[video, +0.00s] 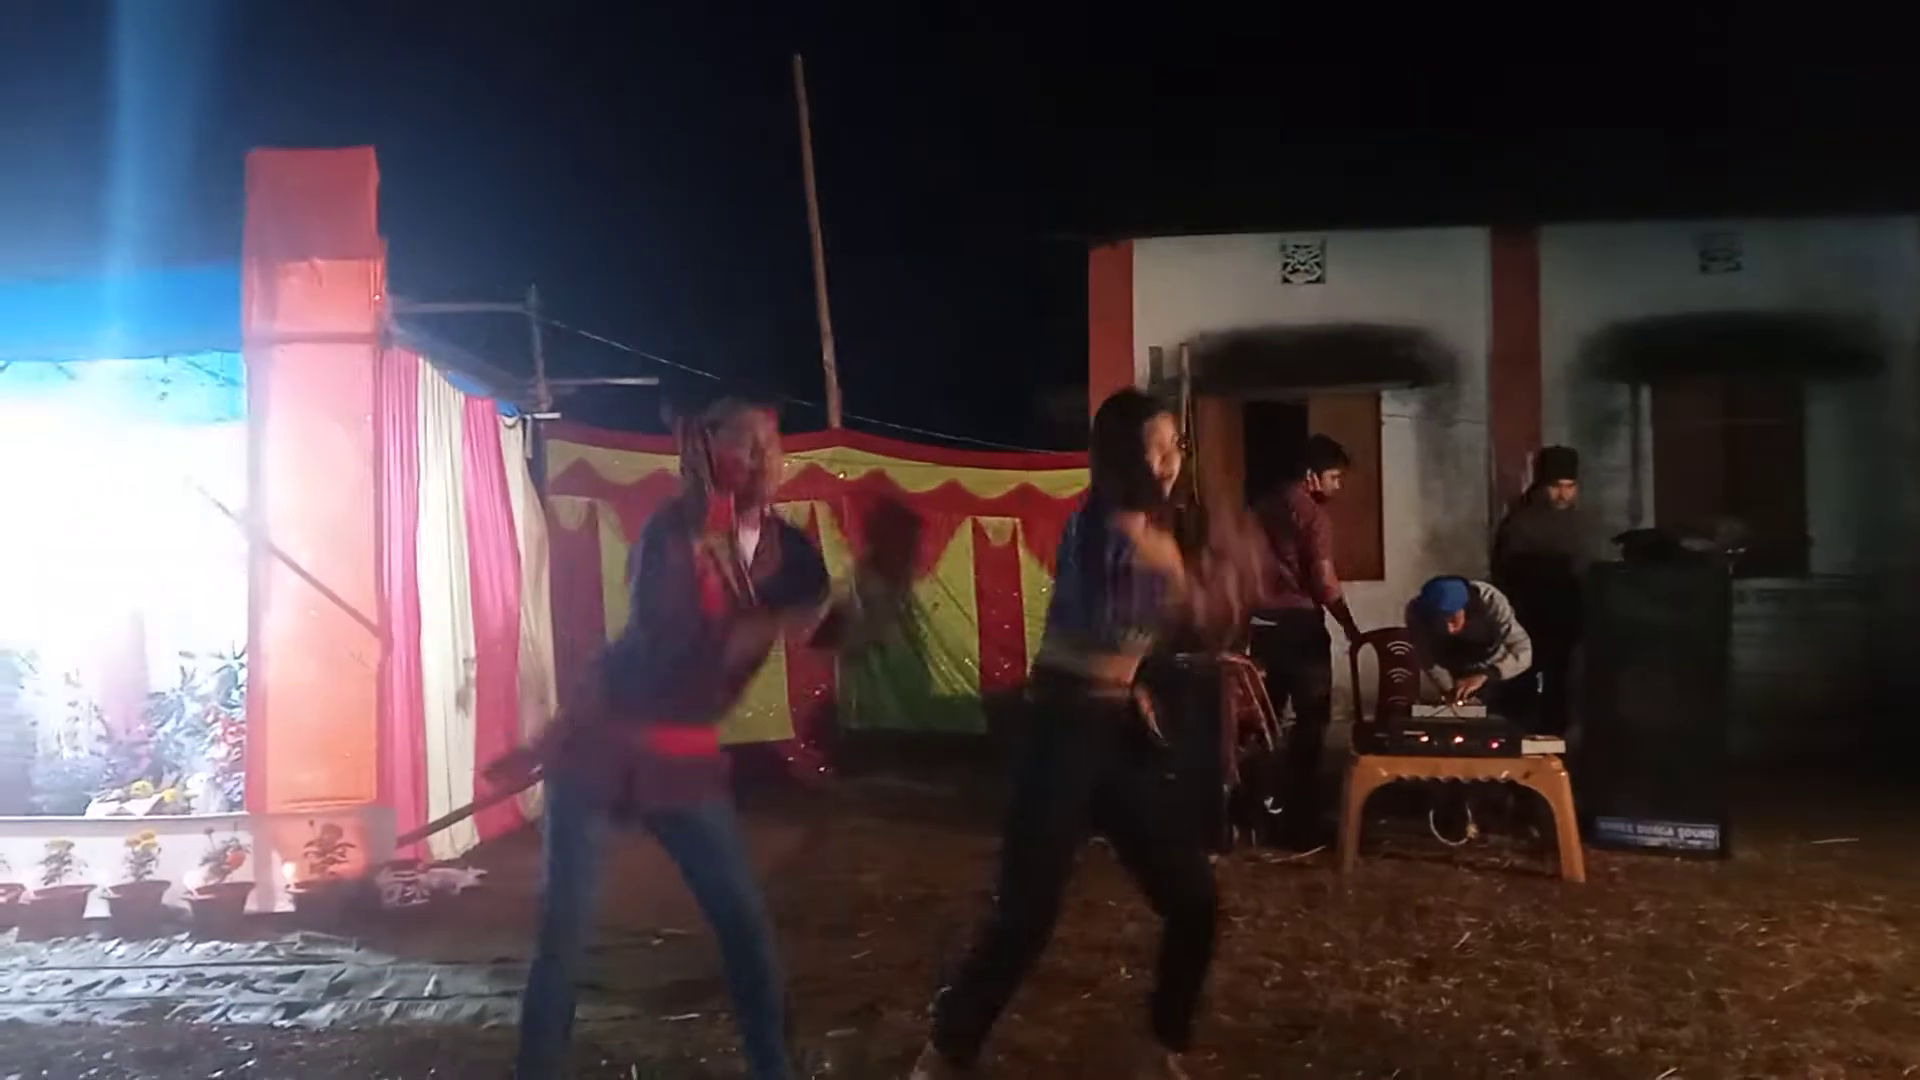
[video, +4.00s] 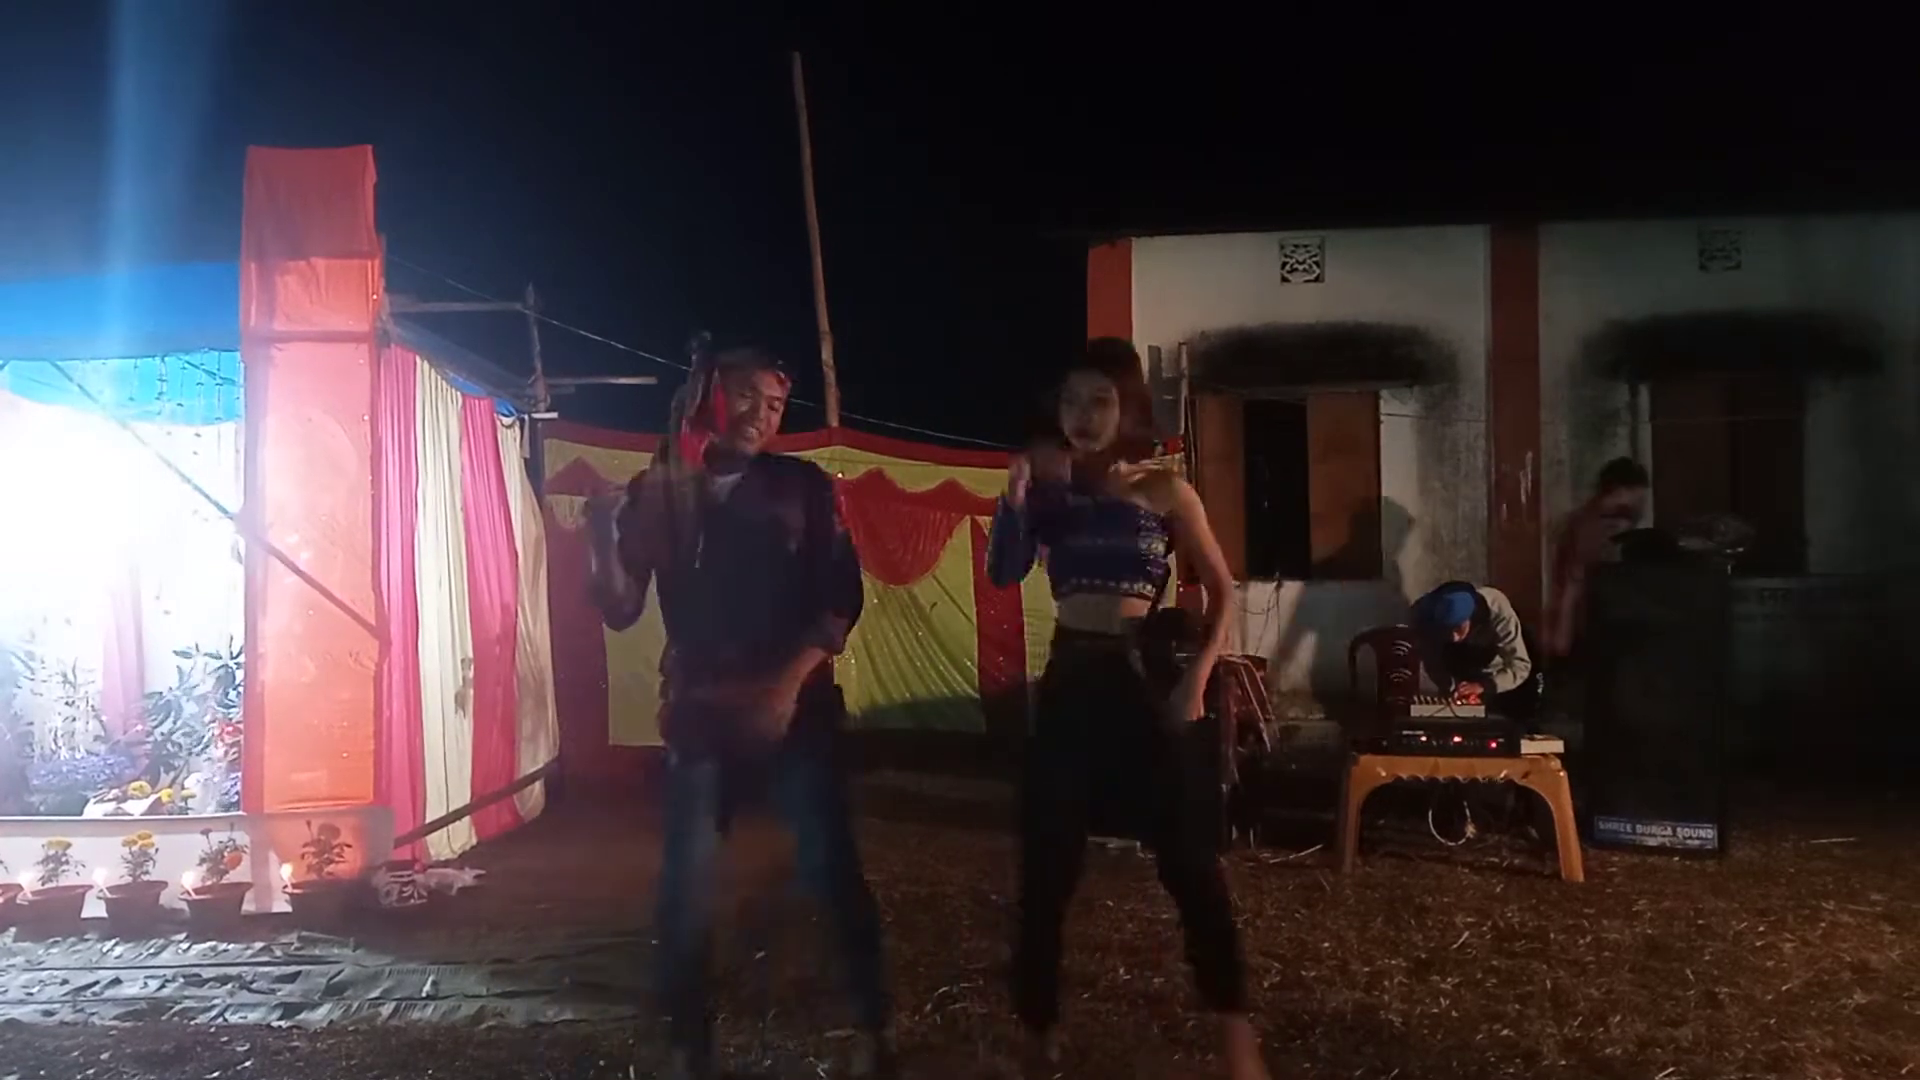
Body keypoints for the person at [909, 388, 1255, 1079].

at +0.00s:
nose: (1170, 461)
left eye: (1174, 446)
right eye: (1156, 448)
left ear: (1179, 450)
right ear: (1121, 453)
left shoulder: (1155, 528)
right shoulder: (1096, 523)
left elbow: (1201, 624)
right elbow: (1080, 639)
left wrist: (1172, 563)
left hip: (1120, 723)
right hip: (1064, 722)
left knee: (1194, 901)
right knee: (1027, 910)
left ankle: (1166, 1047)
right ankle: (944, 1051)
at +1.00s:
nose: (1106, 472)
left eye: (1121, 460)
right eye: (1094, 458)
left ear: (1144, 472)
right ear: (1074, 468)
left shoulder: (1167, 555)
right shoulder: (1056, 559)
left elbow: (1223, 667)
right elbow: (1051, 668)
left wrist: (1161, 714)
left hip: (1183, 757)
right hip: (1103, 758)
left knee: (1237, 922)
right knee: (1076, 920)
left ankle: (1329, 1059)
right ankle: (1073, 1054)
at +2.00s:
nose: (1091, 468)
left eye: (1104, 455)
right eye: (1077, 454)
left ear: (1121, 459)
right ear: (1053, 457)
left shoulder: (1141, 539)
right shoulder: (1018, 533)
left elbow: (1182, 650)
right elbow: (987, 640)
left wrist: (1136, 719)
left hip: (1110, 726)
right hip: (1032, 725)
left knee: (1169, 888)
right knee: (1002, 896)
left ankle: (1285, 1032)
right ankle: (1004, 1046)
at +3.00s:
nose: (1170, 414)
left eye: (1179, 401)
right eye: (1157, 401)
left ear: (1188, 403)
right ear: (1122, 399)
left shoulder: (1189, 484)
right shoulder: (1079, 472)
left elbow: (1205, 590)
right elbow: (1064, 563)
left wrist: (1189, 677)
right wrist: (1138, 585)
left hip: (1154, 663)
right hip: (1075, 661)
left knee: (1175, 843)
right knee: (1048, 841)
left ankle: (1207, 1022)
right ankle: (1023, 1021)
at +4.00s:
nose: (1084, 414)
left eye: (1101, 401)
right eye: (1074, 400)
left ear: (1128, 409)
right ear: (1058, 405)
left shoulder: (1165, 490)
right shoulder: (1049, 484)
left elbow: (1223, 590)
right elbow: (1006, 571)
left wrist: (1198, 681)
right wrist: (1017, 487)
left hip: (1154, 684)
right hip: (1071, 682)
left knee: (1189, 862)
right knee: (1047, 861)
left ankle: (1239, 1037)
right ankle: (1037, 1037)